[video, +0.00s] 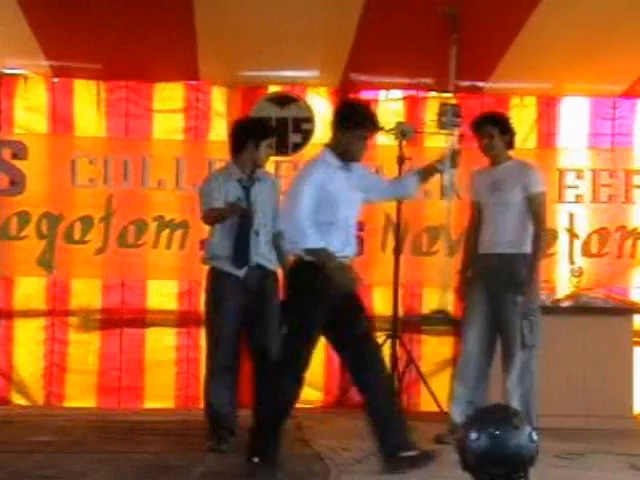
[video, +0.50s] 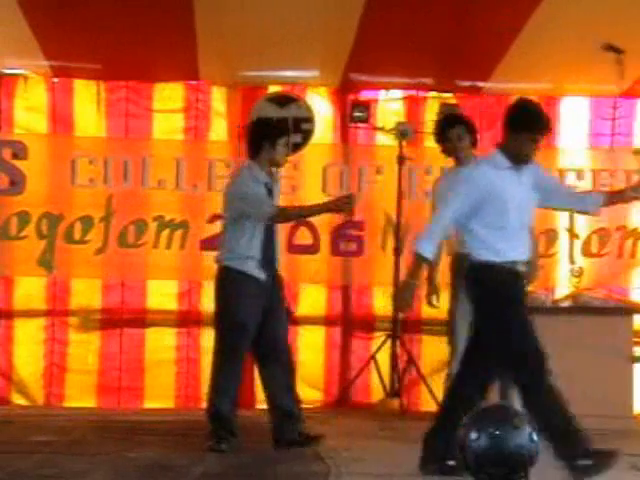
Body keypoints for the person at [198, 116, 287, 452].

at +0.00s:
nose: (266, 155)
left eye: (267, 149)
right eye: (262, 148)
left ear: (260, 151)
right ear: (245, 148)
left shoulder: (269, 184)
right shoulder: (217, 182)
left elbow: (275, 229)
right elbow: (208, 216)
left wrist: (288, 261)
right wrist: (230, 212)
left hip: (263, 274)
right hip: (226, 273)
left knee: (268, 351)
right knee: (223, 352)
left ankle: (268, 429)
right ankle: (221, 427)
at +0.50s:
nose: (288, 155)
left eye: (290, 148)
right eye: (284, 147)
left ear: (278, 148)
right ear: (265, 145)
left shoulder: (270, 182)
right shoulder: (244, 182)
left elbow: (261, 236)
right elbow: (274, 216)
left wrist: (274, 279)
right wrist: (327, 207)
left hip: (264, 279)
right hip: (238, 277)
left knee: (275, 354)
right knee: (231, 353)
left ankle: (287, 428)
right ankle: (222, 429)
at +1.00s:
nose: (325, 151)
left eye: (325, 145)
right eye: (320, 145)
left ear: (311, 149)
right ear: (303, 146)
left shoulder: (300, 180)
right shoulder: (291, 177)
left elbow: (297, 247)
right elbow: (327, 205)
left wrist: (313, 292)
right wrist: (381, 197)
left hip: (295, 274)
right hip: (281, 271)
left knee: (297, 353)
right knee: (278, 350)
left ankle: (292, 431)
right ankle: (239, 426)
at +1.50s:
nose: (337, 154)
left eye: (338, 148)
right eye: (332, 148)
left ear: (324, 151)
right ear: (313, 148)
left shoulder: (312, 179)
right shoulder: (305, 176)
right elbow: (346, 197)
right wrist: (399, 196)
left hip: (300, 271)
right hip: (286, 268)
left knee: (302, 354)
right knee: (286, 350)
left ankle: (294, 432)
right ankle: (254, 428)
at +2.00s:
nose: (344, 155)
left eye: (346, 149)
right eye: (338, 148)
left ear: (340, 152)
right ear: (320, 149)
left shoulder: (316, 178)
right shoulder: (311, 176)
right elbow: (347, 195)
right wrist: (394, 194)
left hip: (303, 267)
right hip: (297, 266)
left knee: (307, 343)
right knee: (319, 342)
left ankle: (296, 429)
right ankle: (302, 431)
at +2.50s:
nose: (368, 153)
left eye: (370, 147)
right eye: (362, 147)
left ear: (368, 149)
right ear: (345, 148)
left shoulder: (346, 180)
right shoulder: (336, 176)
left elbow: (341, 241)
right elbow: (357, 204)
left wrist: (356, 282)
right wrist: (405, 203)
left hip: (337, 273)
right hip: (327, 272)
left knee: (324, 352)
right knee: (341, 353)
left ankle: (294, 429)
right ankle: (355, 436)